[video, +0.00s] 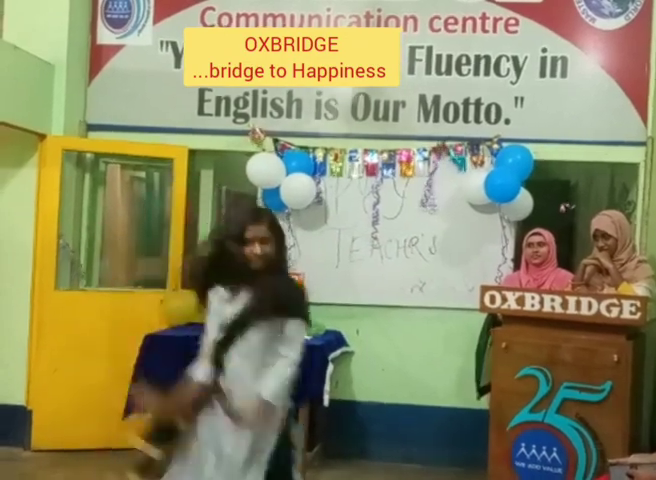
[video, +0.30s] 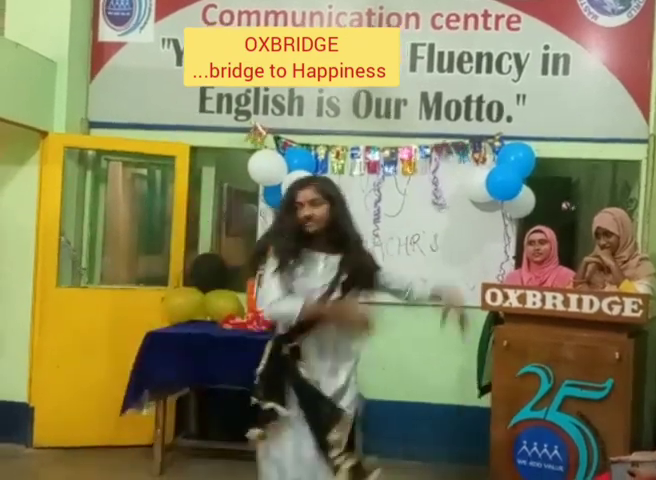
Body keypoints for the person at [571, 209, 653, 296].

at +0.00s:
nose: (600, 245)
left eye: (606, 237)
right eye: (596, 238)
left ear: (621, 236)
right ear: (592, 240)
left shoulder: (641, 268)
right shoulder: (591, 266)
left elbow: (638, 302)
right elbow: (573, 296)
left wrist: (611, 267)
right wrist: (582, 268)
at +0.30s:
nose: (602, 243)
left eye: (608, 235)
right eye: (597, 236)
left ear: (623, 234)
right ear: (594, 238)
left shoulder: (643, 266)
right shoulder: (592, 264)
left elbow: (639, 300)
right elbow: (574, 295)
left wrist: (612, 265)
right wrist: (583, 267)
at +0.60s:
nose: (602, 241)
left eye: (609, 233)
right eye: (598, 234)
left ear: (624, 232)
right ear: (595, 235)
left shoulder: (644, 264)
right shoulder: (592, 262)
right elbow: (575, 293)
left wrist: (613, 263)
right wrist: (584, 264)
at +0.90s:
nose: (603, 240)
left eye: (609, 233)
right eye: (599, 234)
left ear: (624, 232)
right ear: (595, 235)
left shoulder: (645, 264)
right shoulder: (592, 262)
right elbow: (575, 292)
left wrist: (613, 263)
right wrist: (584, 264)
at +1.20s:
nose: (603, 238)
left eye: (610, 231)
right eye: (599, 231)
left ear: (625, 230)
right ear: (596, 233)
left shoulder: (645, 262)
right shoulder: (592, 260)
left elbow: (641, 296)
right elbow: (576, 290)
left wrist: (614, 261)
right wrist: (584, 264)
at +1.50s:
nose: (603, 237)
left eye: (609, 230)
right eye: (599, 231)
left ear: (624, 230)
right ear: (595, 232)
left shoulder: (645, 262)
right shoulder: (593, 259)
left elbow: (641, 296)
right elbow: (577, 290)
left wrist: (614, 261)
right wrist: (585, 262)